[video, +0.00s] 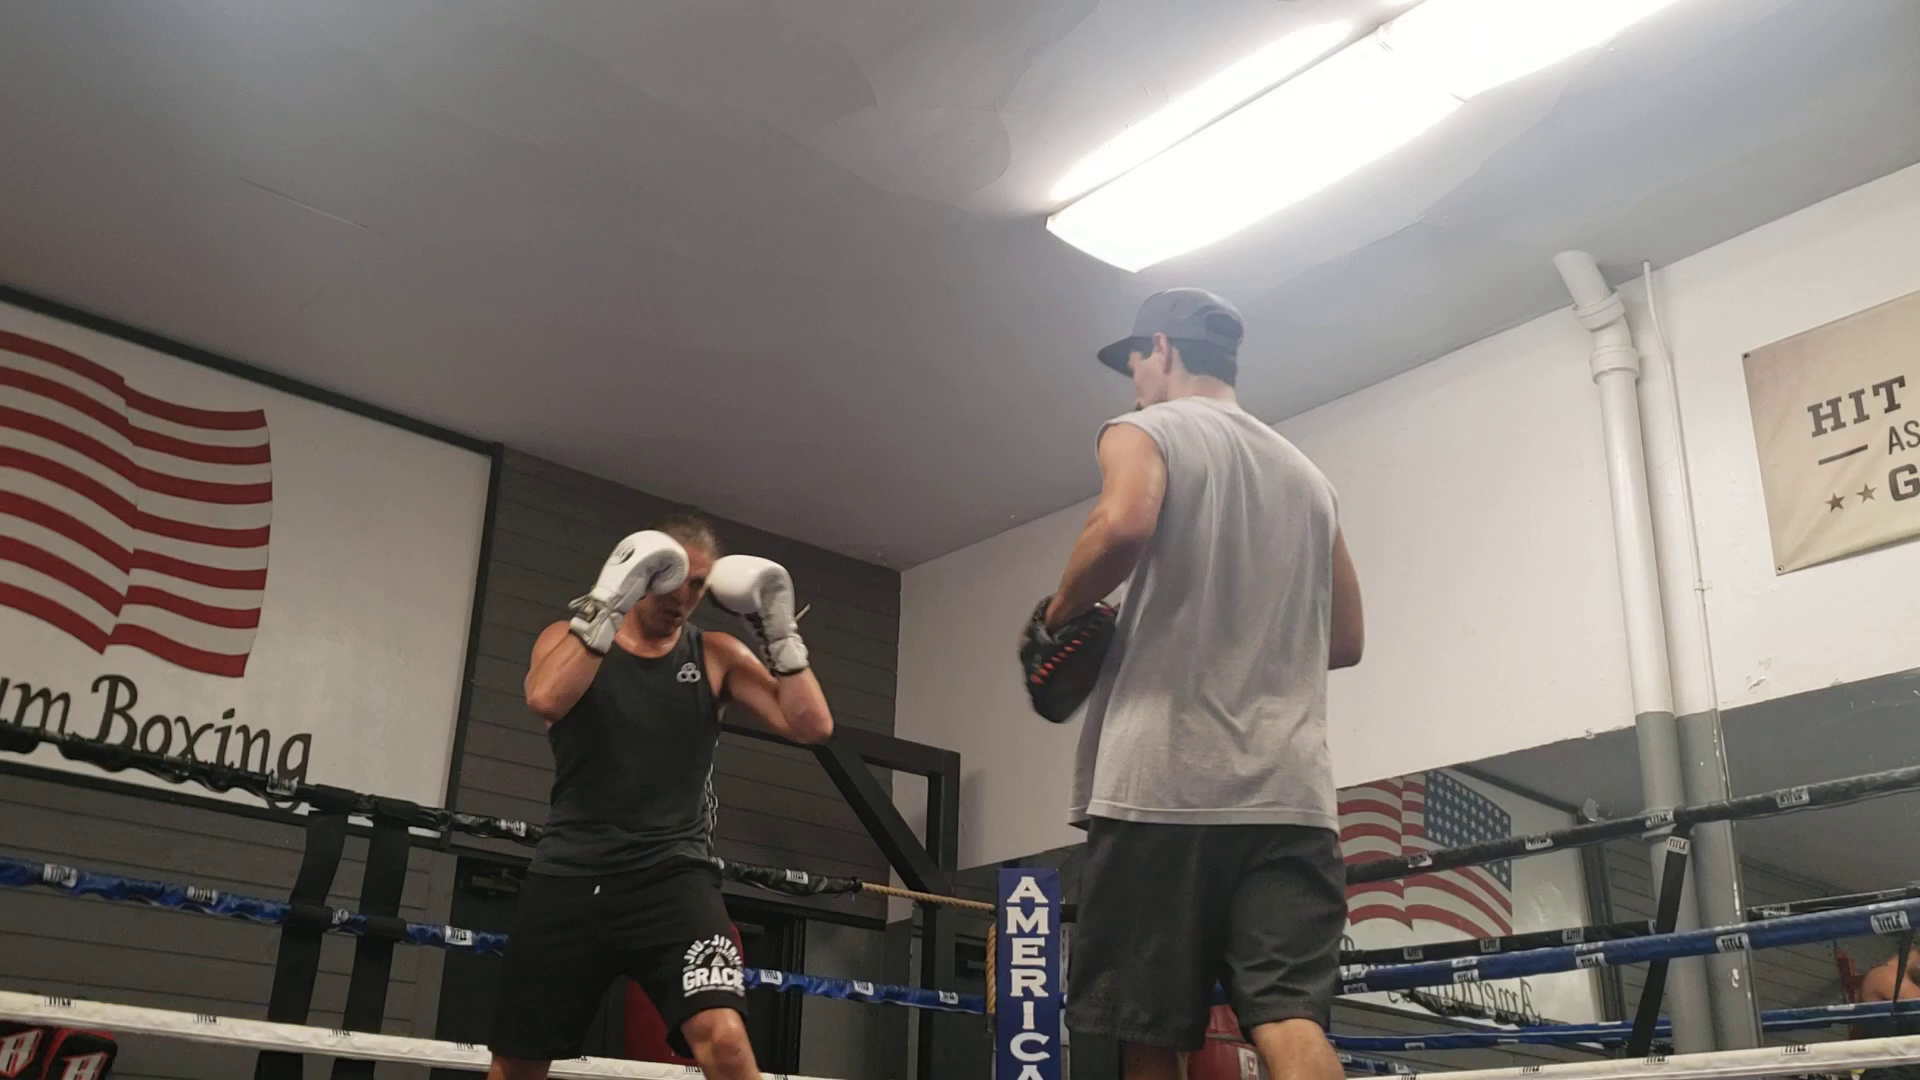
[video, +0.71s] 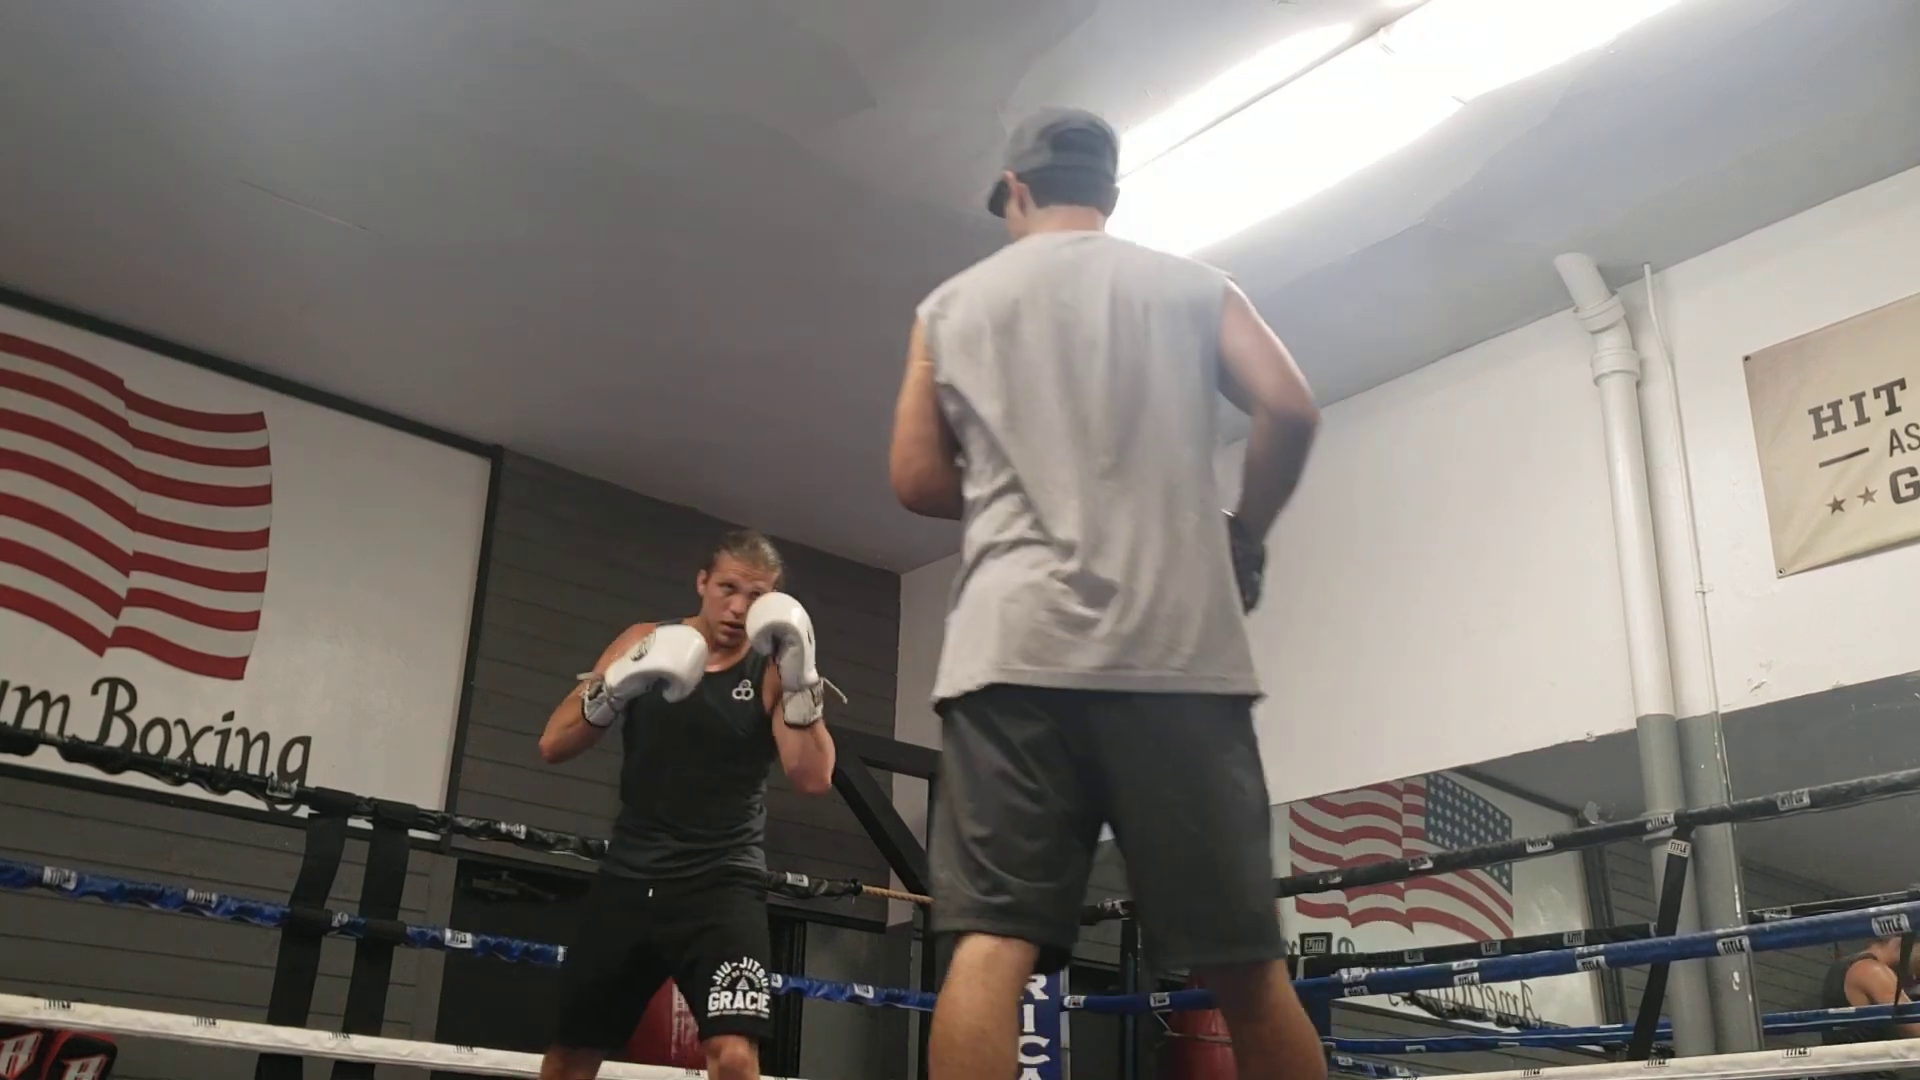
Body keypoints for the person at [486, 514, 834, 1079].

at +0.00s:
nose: (683, 595)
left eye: (698, 584)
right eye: (675, 577)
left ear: (709, 589)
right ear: (638, 573)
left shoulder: (716, 653)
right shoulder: (569, 636)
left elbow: (813, 724)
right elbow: (547, 699)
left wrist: (779, 627)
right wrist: (605, 602)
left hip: (674, 874)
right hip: (569, 873)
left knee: (726, 1043)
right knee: (516, 1065)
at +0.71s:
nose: (738, 607)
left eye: (755, 596)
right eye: (729, 589)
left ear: (770, 602)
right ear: (702, 583)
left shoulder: (774, 669)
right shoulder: (643, 642)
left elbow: (813, 779)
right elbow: (554, 744)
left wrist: (800, 676)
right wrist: (621, 680)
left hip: (726, 880)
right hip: (633, 874)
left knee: (734, 1060)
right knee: (567, 1058)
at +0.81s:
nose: (750, 607)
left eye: (767, 597)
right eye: (741, 589)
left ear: (784, 604)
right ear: (716, 585)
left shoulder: (791, 670)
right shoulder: (661, 644)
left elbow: (821, 788)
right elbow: (564, 742)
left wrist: (806, 686)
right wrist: (624, 691)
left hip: (737, 881)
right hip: (646, 874)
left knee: (740, 1062)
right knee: (568, 1062)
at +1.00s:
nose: (733, 602)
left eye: (749, 590)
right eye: (724, 585)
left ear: (773, 596)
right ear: (705, 582)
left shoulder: (786, 667)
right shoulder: (665, 651)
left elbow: (838, 764)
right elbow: (577, 725)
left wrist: (809, 671)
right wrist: (638, 638)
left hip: (742, 878)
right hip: (651, 875)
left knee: (743, 1060)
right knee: (603, 1062)